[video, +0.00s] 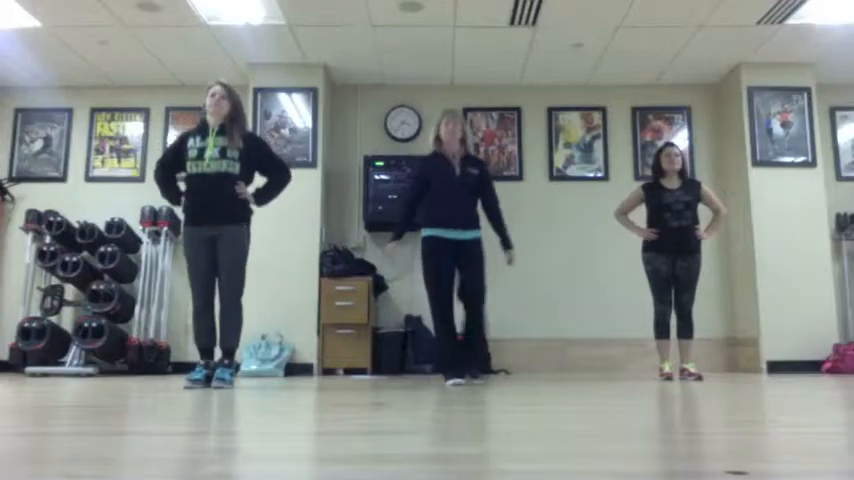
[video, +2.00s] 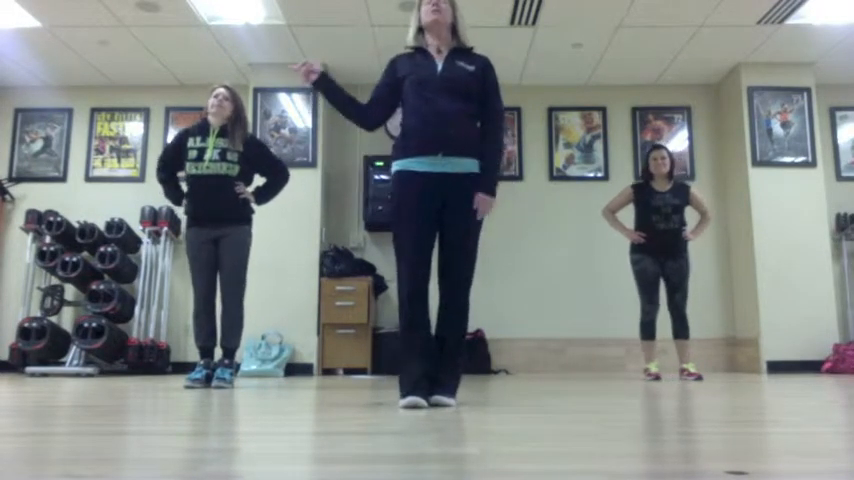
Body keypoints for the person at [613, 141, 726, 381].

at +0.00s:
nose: (673, 159)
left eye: (676, 155)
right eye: (667, 156)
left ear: (682, 160)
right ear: (659, 161)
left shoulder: (694, 187)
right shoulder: (649, 189)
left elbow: (721, 210)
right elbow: (620, 213)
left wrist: (707, 233)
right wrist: (640, 231)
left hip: (688, 253)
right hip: (658, 253)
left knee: (684, 308)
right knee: (663, 308)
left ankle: (686, 363)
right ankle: (665, 363)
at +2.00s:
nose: (660, 163)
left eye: (663, 158)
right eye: (655, 159)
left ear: (670, 162)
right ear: (648, 164)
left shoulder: (682, 189)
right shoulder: (638, 189)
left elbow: (706, 213)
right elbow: (607, 211)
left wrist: (693, 234)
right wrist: (627, 232)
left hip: (676, 253)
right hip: (645, 254)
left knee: (678, 307)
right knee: (649, 308)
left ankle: (685, 364)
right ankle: (650, 364)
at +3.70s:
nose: (646, 163)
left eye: (650, 159)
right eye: (641, 160)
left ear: (657, 163)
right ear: (634, 166)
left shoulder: (670, 189)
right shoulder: (626, 193)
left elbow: (696, 213)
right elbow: (599, 217)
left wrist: (684, 233)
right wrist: (620, 235)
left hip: (667, 253)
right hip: (638, 254)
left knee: (664, 308)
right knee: (645, 308)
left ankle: (663, 363)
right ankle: (649, 364)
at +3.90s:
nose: (646, 163)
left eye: (651, 159)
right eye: (641, 160)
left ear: (657, 162)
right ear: (635, 165)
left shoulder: (670, 190)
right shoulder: (627, 193)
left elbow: (696, 212)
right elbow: (599, 217)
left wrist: (685, 233)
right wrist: (620, 234)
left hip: (667, 252)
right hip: (638, 253)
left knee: (664, 308)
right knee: (645, 309)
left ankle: (663, 363)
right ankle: (649, 364)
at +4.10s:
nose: (649, 163)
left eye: (652, 158)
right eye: (644, 160)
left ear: (659, 163)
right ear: (636, 167)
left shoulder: (671, 189)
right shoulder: (627, 192)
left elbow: (695, 212)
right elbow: (600, 217)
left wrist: (684, 234)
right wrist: (620, 234)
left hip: (667, 252)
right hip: (638, 254)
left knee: (664, 308)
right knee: (645, 308)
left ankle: (663, 363)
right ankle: (649, 364)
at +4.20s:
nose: (655, 158)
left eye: (656, 154)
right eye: (649, 154)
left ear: (659, 161)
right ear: (638, 164)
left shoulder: (671, 190)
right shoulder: (627, 192)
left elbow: (695, 213)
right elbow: (600, 217)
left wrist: (684, 234)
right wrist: (620, 232)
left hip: (667, 253)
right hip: (638, 255)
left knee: (664, 308)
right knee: (645, 308)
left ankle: (663, 363)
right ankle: (649, 364)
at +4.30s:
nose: (649, 161)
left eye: (652, 157)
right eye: (643, 158)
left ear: (659, 162)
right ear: (635, 164)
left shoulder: (671, 190)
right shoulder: (627, 192)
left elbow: (695, 213)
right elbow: (602, 218)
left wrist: (684, 234)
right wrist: (619, 229)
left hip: (666, 252)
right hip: (637, 254)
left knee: (664, 307)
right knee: (645, 308)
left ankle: (663, 363)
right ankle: (649, 364)